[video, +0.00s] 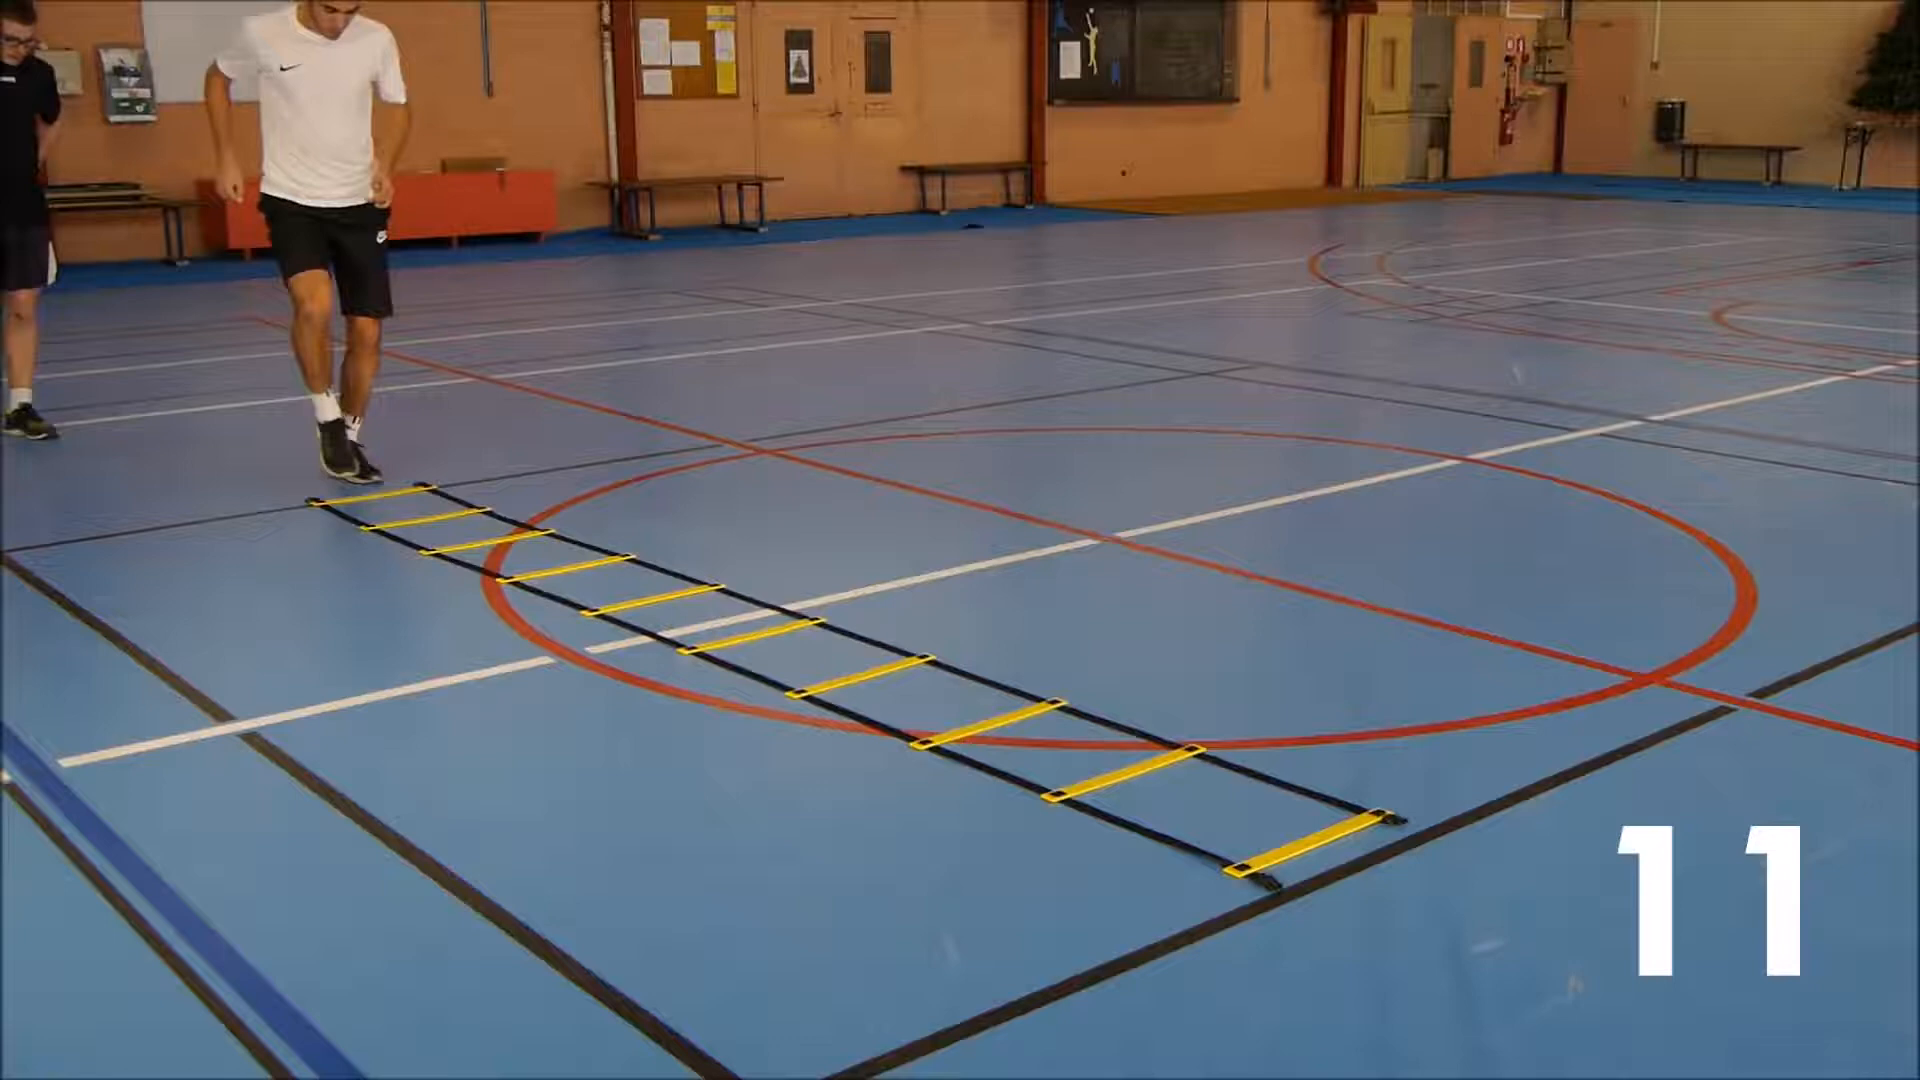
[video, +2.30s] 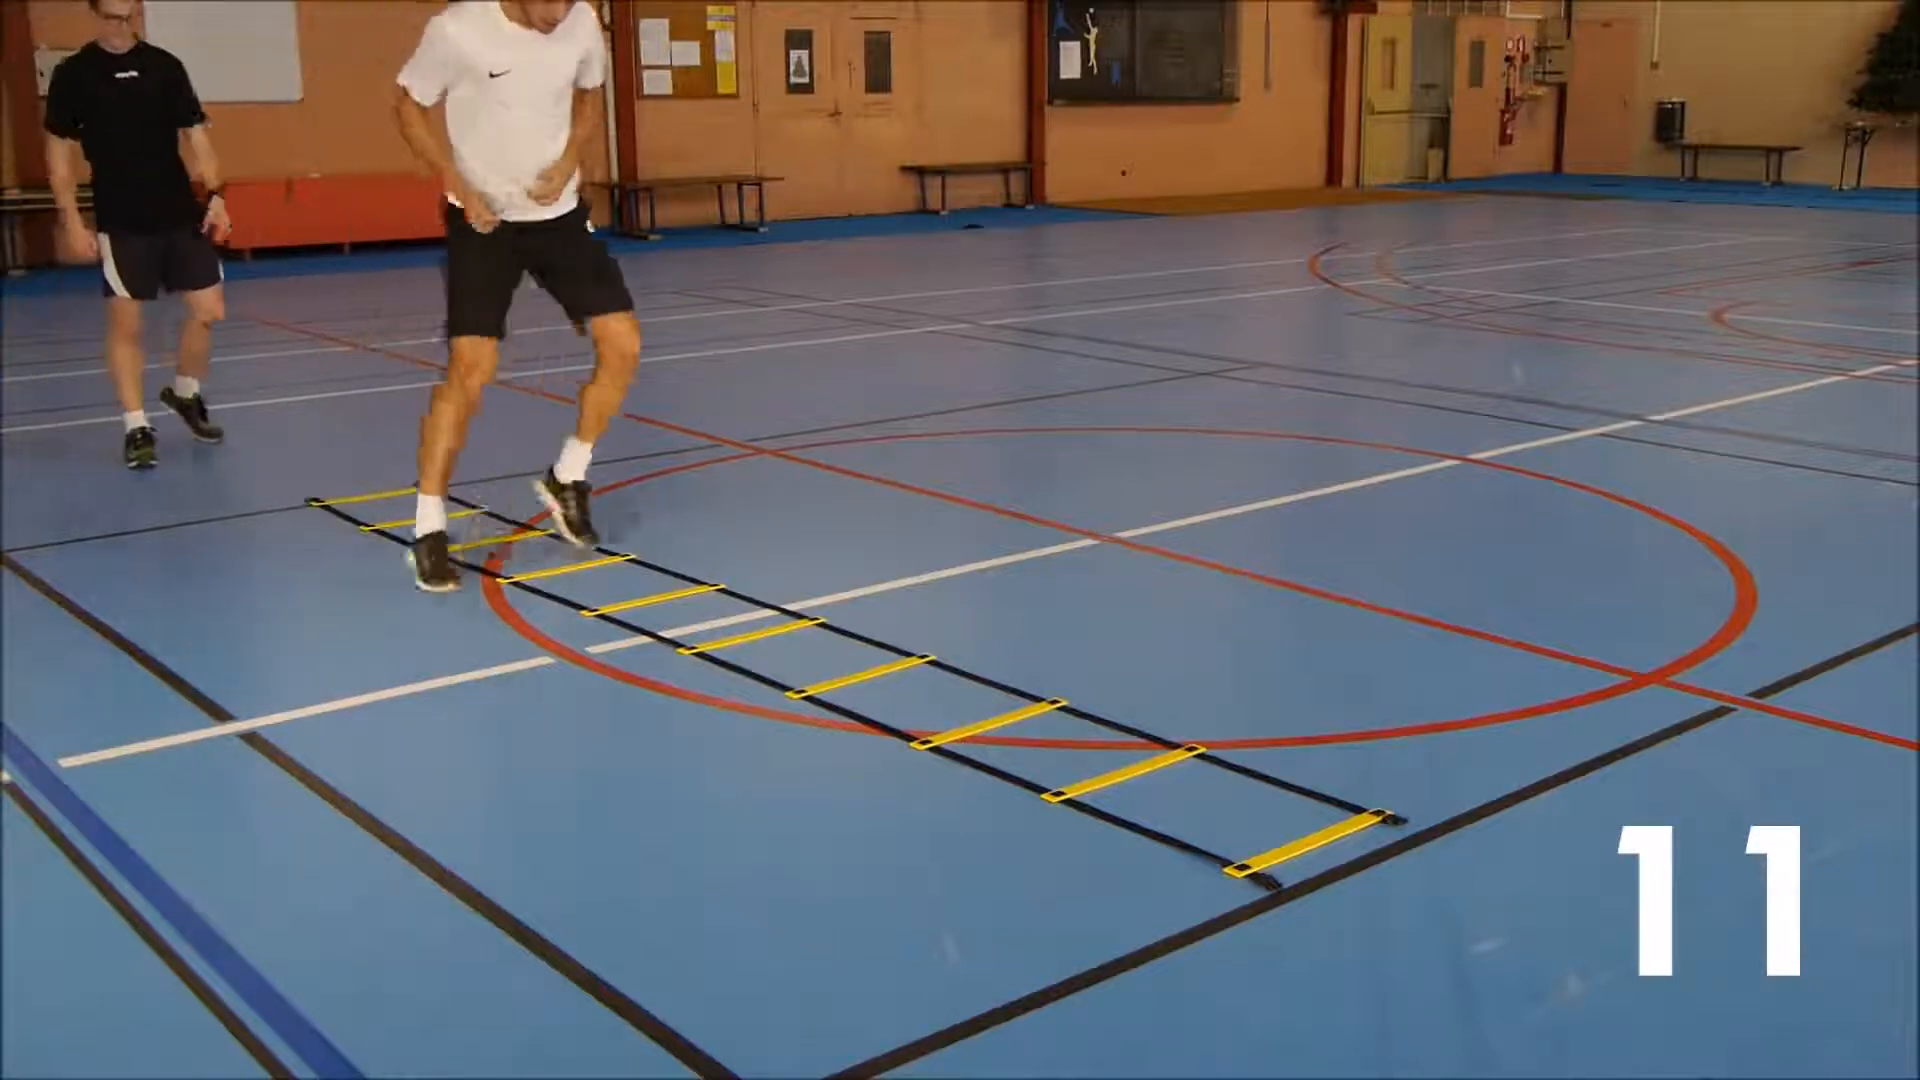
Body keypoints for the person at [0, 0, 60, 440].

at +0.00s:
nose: (18, 48)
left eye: (26, 41)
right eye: (10, 39)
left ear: (35, 37)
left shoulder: (38, 73)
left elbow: (50, 124)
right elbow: (51, 125)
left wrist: (30, 166)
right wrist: (29, 164)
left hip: (22, 203)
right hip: (9, 204)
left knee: (24, 305)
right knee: (17, 306)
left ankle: (20, 404)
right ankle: (18, 404)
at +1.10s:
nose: (45, 50)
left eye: (52, 40)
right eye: (36, 39)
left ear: (58, 33)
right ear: (9, 29)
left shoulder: (53, 68)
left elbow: (46, 131)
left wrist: (60, 188)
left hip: (60, 202)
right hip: (12, 210)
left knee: (94, 304)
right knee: (11, 317)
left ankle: (83, 400)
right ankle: (17, 414)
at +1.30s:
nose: (77, 45)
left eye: (84, 36)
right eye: (68, 35)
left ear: (90, 32)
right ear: (40, 24)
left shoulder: (85, 71)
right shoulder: (12, 74)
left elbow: (81, 128)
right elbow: (2, 138)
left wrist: (85, 181)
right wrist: (2, 179)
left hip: (87, 208)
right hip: (30, 214)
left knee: (116, 310)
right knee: (22, 315)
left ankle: (152, 411)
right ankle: (19, 416)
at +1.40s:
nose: (98, 34)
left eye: (107, 26)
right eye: (90, 23)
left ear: (114, 25)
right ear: (68, 18)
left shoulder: (113, 74)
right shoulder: (26, 73)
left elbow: (129, 124)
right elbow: (4, 135)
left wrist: (130, 165)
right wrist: (14, 181)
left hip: (113, 210)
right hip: (58, 215)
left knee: (132, 312)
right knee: (41, 316)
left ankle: (153, 413)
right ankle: (24, 414)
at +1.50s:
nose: (108, 24)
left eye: (116, 17)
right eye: (100, 15)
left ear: (124, 19)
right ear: (83, 15)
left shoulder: (133, 74)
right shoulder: (50, 65)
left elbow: (165, 129)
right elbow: (3, 120)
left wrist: (171, 185)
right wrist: (28, 180)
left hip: (125, 211)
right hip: (69, 213)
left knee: (137, 313)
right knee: (53, 313)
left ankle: (154, 413)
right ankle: (32, 411)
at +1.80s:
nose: (105, 10)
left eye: (116, 3)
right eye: (104, 4)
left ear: (143, 11)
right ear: (105, 11)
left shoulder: (174, 76)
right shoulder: (81, 63)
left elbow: (209, 143)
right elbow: (51, 121)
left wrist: (224, 197)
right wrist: (44, 150)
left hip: (149, 210)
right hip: (93, 209)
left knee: (151, 314)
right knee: (98, 314)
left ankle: (155, 413)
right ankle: (107, 419)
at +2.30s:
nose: (125, 16)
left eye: (131, 8)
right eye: (114, 9)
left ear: (140, 8)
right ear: (95, 10)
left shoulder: (165, 65)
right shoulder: (72, 74)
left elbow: (197, 135)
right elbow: (59, 152)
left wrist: (216, 196)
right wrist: (72, 221)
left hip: (179, 211)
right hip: (121, 219)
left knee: (208, 310)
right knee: (127, 325)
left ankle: (185, 391)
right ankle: (136, 427)